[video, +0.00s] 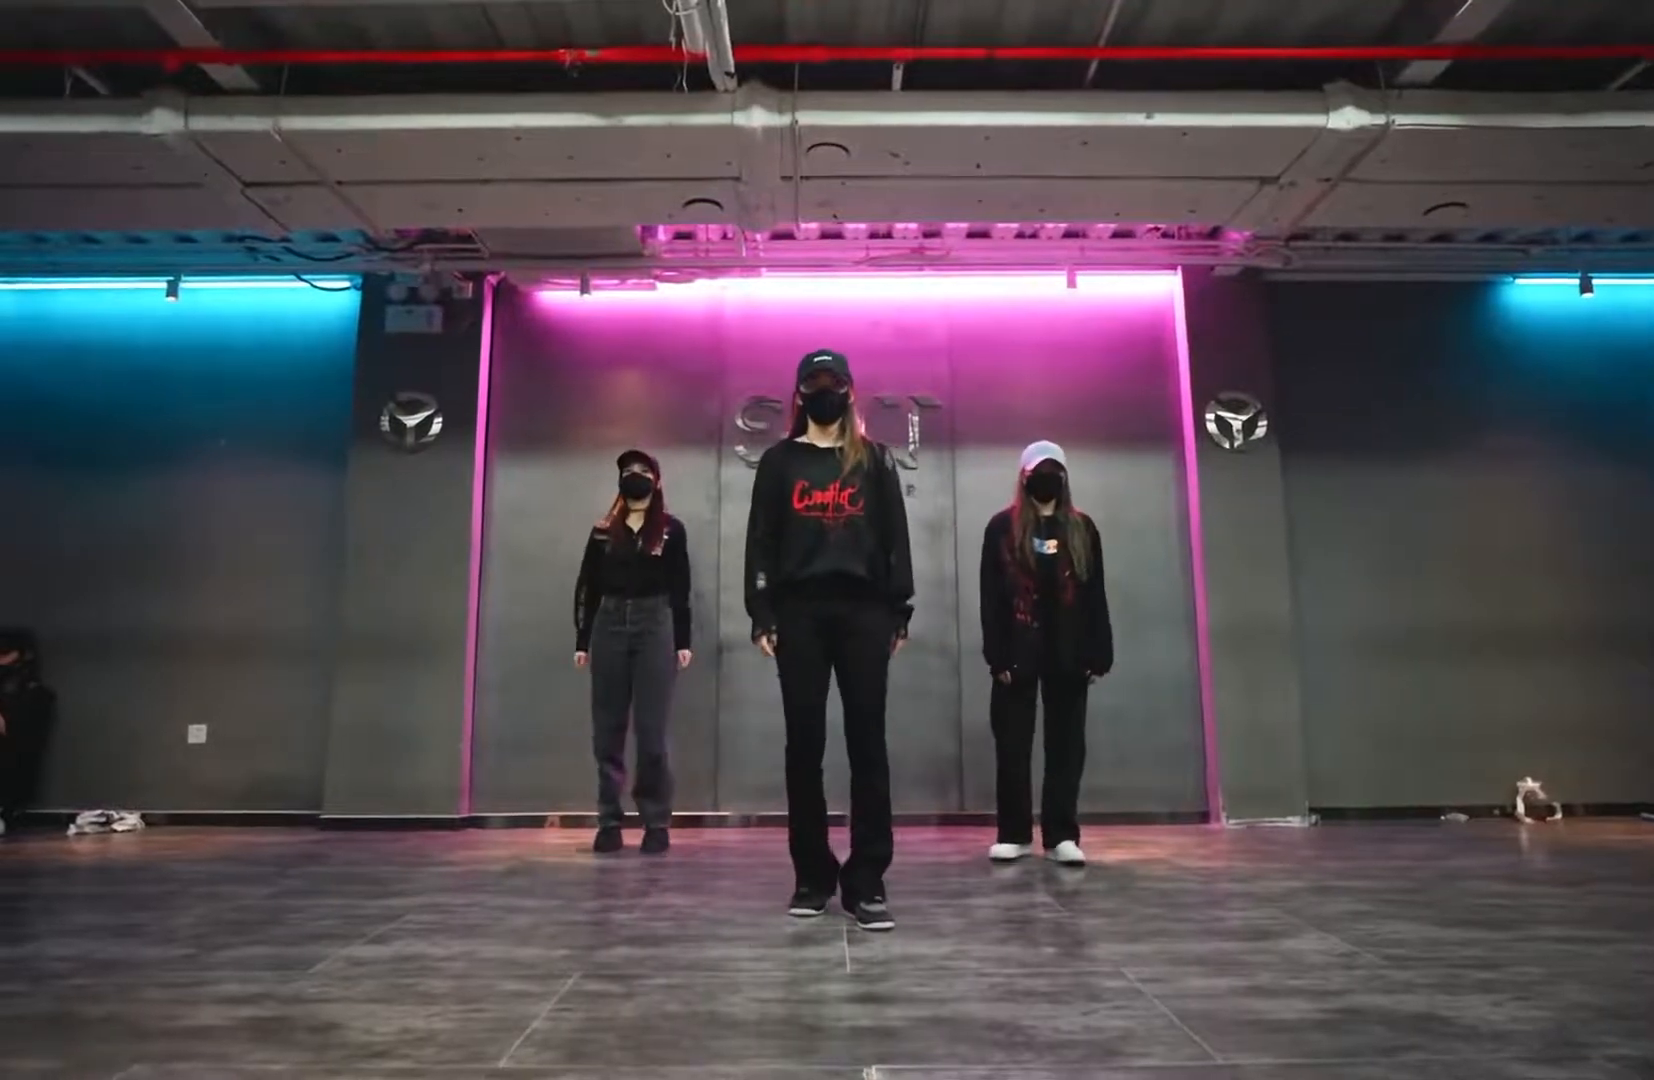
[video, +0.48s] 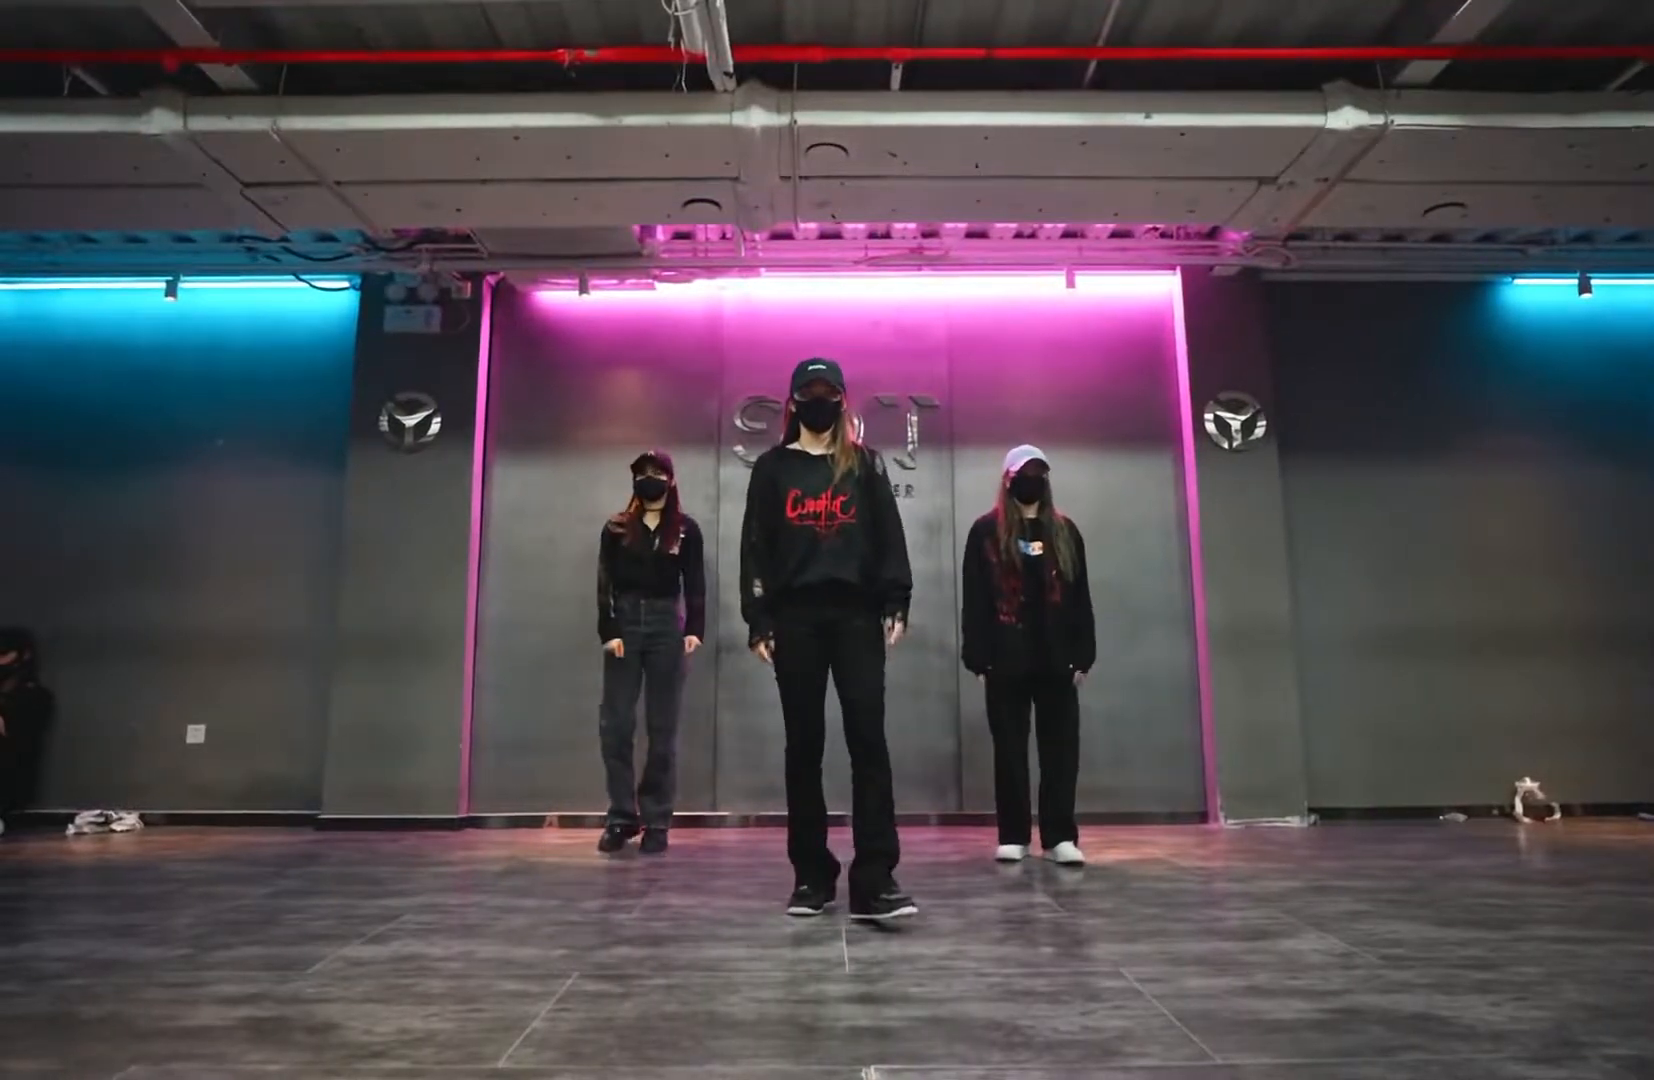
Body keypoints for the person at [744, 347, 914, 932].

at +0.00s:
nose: (826, 391)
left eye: (834, 382)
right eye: (816, 383)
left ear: (849, 390)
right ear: (801, 391)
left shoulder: (874, 459)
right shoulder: (778, 459)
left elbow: (897, 542)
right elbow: (757, 544)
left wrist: (898, 612)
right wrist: (761, 615)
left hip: (865, 615)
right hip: (798, 616)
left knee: (867, 748)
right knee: (804, 748)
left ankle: (867, 884)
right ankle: (811, 881)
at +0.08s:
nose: (825, 393)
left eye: (834, 384)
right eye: (815, 385)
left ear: (848, 392)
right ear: (799, 393)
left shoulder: (872, 460)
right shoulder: (776, 461)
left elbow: (895, 542)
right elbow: (756, 545)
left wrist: (898, 612)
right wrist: (760, 616)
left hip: (865, 616)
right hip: (798, 617)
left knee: (868, 748)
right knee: (805, 748)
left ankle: (865, 884)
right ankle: (813, 880)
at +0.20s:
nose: (822, 397)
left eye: (831, 388)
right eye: (812, 388)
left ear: (845, 395)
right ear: (796, 397)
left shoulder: (869, 463)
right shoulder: (774, 465)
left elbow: (895, 544)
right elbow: (756, 547)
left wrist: (898, 616)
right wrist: (760, 619)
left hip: (862, 618)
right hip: (797, 619)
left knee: (866, 748)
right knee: (806, 749)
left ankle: (865, 884)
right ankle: (813, 880)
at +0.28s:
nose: (820, 398)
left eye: (829, 389)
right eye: (810, 389)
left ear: (843, 396)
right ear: (794, 398)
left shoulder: (868, 464)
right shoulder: (773, 466)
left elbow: (895, 542)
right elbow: (754, 549)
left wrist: (898, 612)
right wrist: (760, 619)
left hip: (861, 618)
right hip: (795, 619)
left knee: (865, 747)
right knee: (804, 749)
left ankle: (865, 882)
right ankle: (812, 879)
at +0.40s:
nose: (820, 401)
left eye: (829, 392)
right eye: (810, 392)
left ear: (842, 398)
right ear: (794, 399)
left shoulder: (866, 464)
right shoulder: (772, 467)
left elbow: (893, 539)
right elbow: (752, 550)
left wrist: (896, 603)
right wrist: (758, 619)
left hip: (859, 618)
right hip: (795, 620)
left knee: (865, 745)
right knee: (805, 748)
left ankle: (869, 882)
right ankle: (812, 879)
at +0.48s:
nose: (820, 400)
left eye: (829, 392)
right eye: (810, 392)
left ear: (843, 398)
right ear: (794, 399)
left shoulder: (865, 464)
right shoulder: (771, 467)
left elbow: (891, 538)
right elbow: (752, 550)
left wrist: (896, 600)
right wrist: (757, 620)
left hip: (859, 618)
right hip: (794, 619)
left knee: (868, 743)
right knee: (804, 747)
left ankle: (874, 880)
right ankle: (811, 878)